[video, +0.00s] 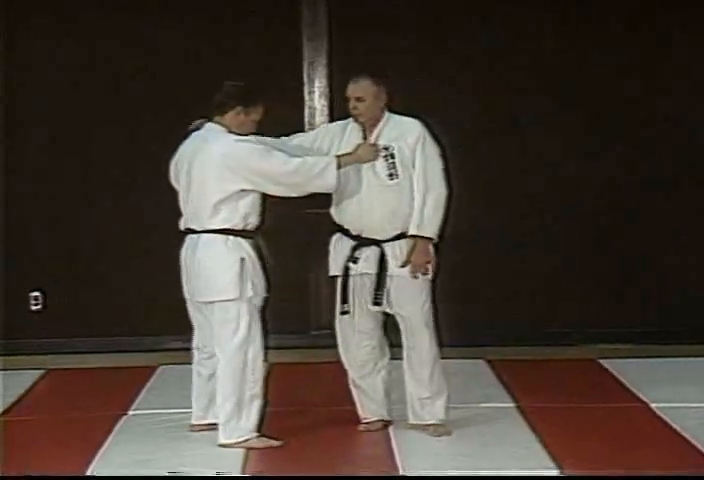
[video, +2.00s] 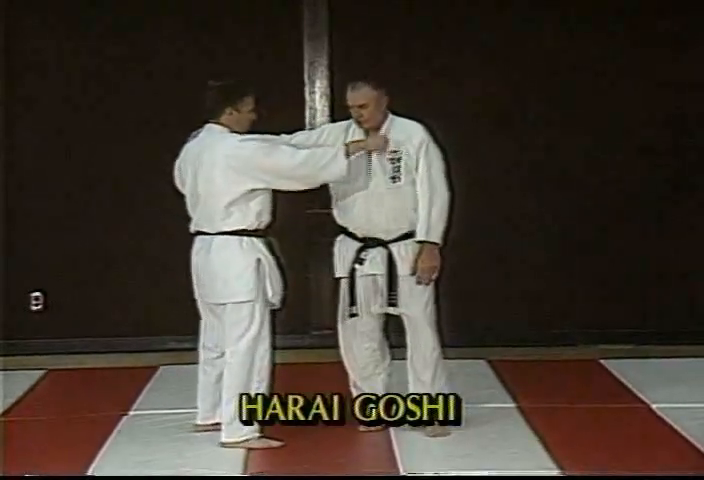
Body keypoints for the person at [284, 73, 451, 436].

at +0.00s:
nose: (353, 107)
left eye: (360, 100)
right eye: (349, 101)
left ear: (382, 100)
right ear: (346, 102)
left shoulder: (411, 133)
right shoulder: (337, 134)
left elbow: (434, 188)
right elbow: (290, 146)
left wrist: (424, 240)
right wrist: (244, 145)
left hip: (404, 247)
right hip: (353, 249)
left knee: (418, 332)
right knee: (358, 333)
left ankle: (428, 414)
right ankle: (372, 413)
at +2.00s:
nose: (358, 115)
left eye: (364, 108)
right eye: (352, 109)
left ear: (384, 102)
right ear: (348, 107)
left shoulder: (413, 136)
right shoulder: (337, 134)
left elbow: (435, 192)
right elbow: (290, 144)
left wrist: (431, 244)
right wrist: (242, 146)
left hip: (407, 246)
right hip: (356, 249)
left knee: (421, 327)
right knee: (359, 326)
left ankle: (428, 407)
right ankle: (370, 405)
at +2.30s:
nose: (363, 116)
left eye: (369, 109)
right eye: (358, 110)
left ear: (389, 105)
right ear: (354, 109)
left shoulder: (415, 137)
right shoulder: (345, 133)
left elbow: (430, 196)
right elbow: (294, 142)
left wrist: (392, 236)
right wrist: (242, 142)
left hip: (410, 244)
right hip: (358, 244)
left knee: (420, 324)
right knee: (360, 325)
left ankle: (433, 407)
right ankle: (373, 404)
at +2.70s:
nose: (374, 112)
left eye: (381, 106)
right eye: (369, 106)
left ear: (400, 104)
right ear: (365, 105)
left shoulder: (418, 138)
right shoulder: (354, 129)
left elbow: (387, 180)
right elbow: (305, 136)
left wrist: (326, 196)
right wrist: (242, 131)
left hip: (412, 246)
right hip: (363, 246)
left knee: (424, 331)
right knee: (364, 330)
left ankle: (437, 409)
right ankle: (374, 405)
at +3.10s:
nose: (388, 113)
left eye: (395, 106)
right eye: (384, 106)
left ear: (417, 104)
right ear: (381, 104)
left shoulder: (434, 139)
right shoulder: (369, 127)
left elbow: (399, 175)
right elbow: (325, 140)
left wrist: (334, 185)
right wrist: (275, 139)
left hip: (425, 245)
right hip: (375, 244)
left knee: (431, 329)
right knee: (374, 329)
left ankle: (435, 406)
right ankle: (386, 404)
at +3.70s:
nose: (400, 132)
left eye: (405, 124)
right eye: (395, 125)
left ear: (425, 115)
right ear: (390, 121)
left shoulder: (450, 144)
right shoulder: (387, 132)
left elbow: (414, 187)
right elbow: (340, 141)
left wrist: (347, 201)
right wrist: (290, 138)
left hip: (454, 245)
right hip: (412, 243)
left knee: (449, 329)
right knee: (412, 327)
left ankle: (443, 407)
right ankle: (419, 401)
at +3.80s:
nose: (400, 131)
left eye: (406, 124)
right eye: (395, 124)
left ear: (426, 116)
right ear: (391, 120)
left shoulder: (451, 146)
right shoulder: (386, 133)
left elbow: (412, 189)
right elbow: (341, 141)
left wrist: (346, 202)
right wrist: (291, 138)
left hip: (457, 243)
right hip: (419, 243)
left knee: (452, 325)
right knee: (429, 323)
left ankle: (447, 398)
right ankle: (436, 390)